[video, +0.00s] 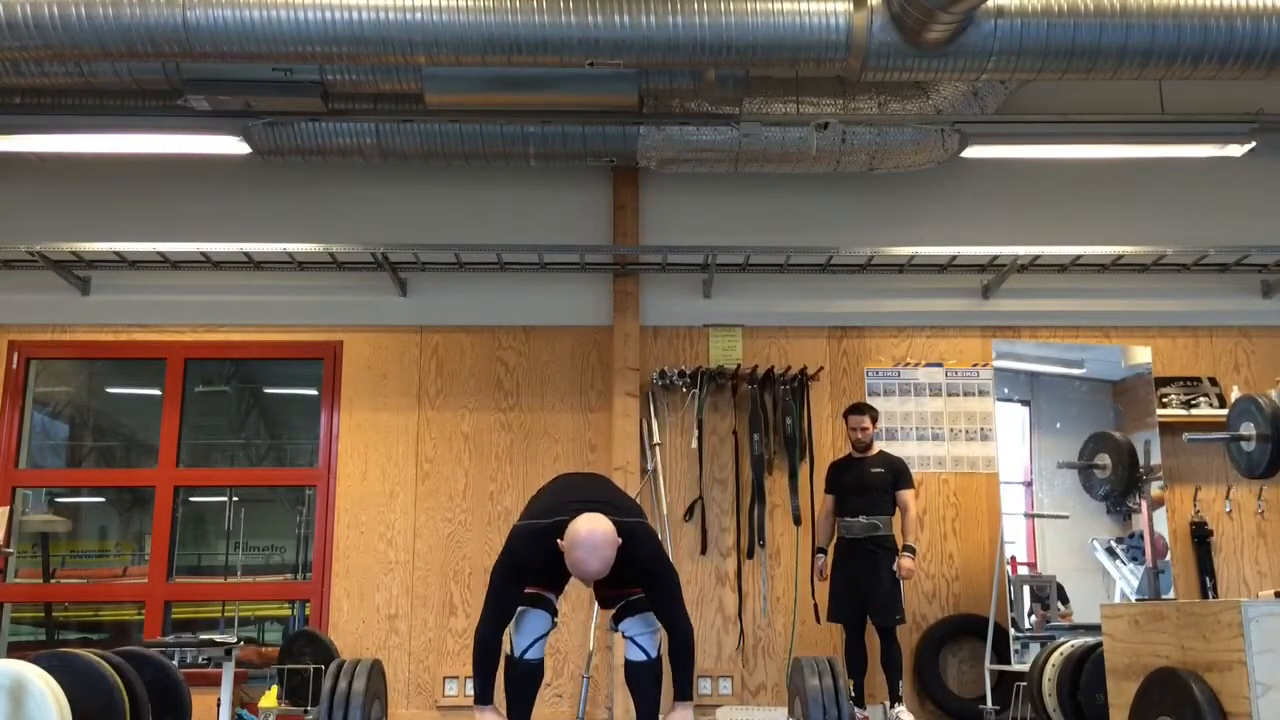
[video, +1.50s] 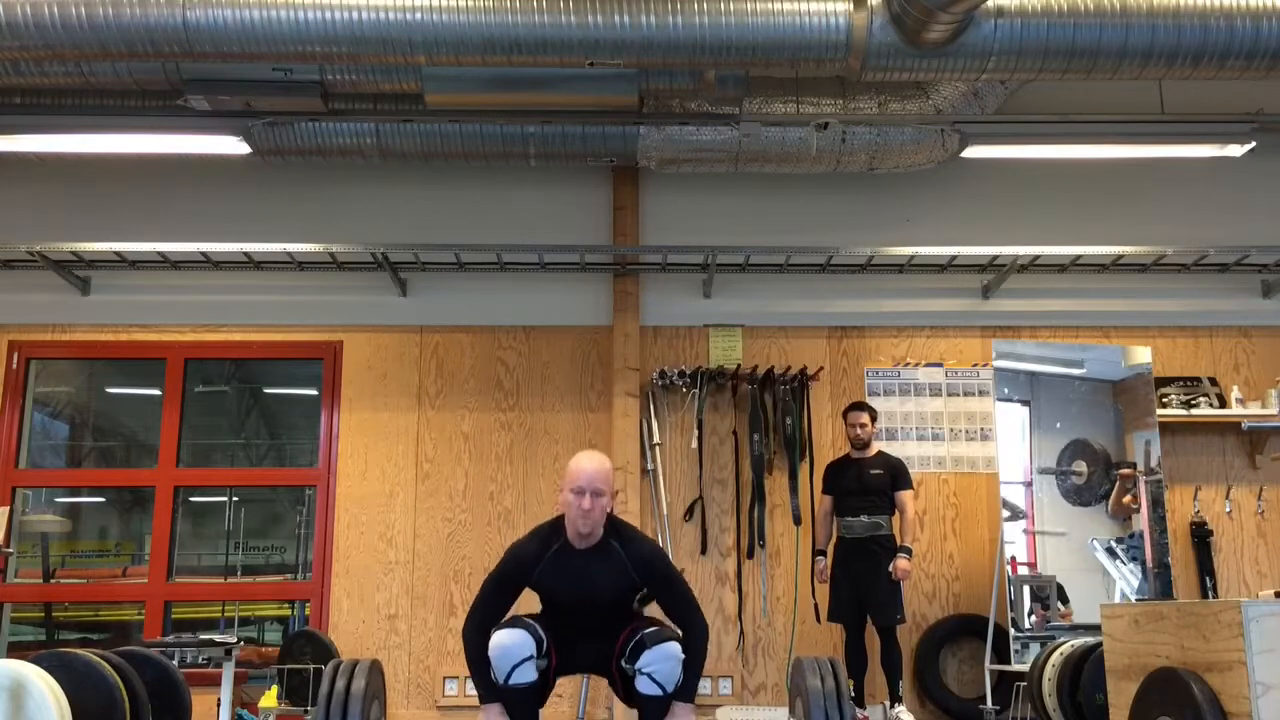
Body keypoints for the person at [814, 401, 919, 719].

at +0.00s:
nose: (858, 435)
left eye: (863, 429)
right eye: (853, 429)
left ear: (875, 428)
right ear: (846, 429)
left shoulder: (893, 465)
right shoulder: (837, 468)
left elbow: (908, 509)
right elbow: (826, 513)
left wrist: (908, 551)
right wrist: (820, 552)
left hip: (882, 558)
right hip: (847, 558)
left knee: (887, 632)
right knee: (853, 633)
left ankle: (896, 704)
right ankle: (858, 705)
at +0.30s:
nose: (857, 434)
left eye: (863, 428)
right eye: (852, 428)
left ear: (874, 428)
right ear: (846, 429)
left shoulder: (894, 465)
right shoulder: (837, 468)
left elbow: (908, 508)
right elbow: (827, 514)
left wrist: (906, 548)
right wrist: (819, 552)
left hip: (882, 558)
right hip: (847, 559)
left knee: (887, 631)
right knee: (853, 632)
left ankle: (896, 703)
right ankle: (858, 705)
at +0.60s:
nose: (855, 433)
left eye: (861, 427)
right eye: (850, 427)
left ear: (873, 427)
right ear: (844, 429)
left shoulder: (893, 465)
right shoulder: (837, 468)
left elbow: (907, 510)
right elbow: (827, 514)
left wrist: (904, 552)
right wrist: (821, 555)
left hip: (882, 559)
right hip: (847, 560)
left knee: (887, 632)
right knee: (853, 633)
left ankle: (896, 704)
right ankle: (858, 705)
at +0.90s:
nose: (855, 432)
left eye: (860, 426)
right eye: (850, 426)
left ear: (873, 427)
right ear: (844, 429)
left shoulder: (892, 465)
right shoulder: (836, 468)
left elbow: (907, 511)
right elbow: (827, 513)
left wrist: (905, 554)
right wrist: (822, 554)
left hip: (881, 558)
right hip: (847, 559)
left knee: (886, 632)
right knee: (853, 633)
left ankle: (896, 704)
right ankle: (858, 705)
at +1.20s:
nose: (857, 431)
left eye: (862, 425)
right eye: (851, 425)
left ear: (874, 427)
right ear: (845, 428)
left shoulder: (892, 465)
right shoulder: (835, 468)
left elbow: (907, 511)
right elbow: (825, 513)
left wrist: (904, 552)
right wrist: (820, 554)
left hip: (882, 557)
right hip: (847, 558)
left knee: (887, 631)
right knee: (853, 632)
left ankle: (896, 704)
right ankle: (858, 705)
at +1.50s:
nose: (857, 431)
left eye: (862, 425)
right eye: (852, 426)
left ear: (874, 427)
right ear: (845, 429)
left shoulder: (892, 465)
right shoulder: (834, 468)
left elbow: (907, 511)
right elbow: (824, 513)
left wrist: (905, 552)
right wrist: (820, 555)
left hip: (882, 557)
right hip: (846, 558)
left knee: (886, 631)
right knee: (853, 632)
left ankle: (896, 703)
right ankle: (857, 705)